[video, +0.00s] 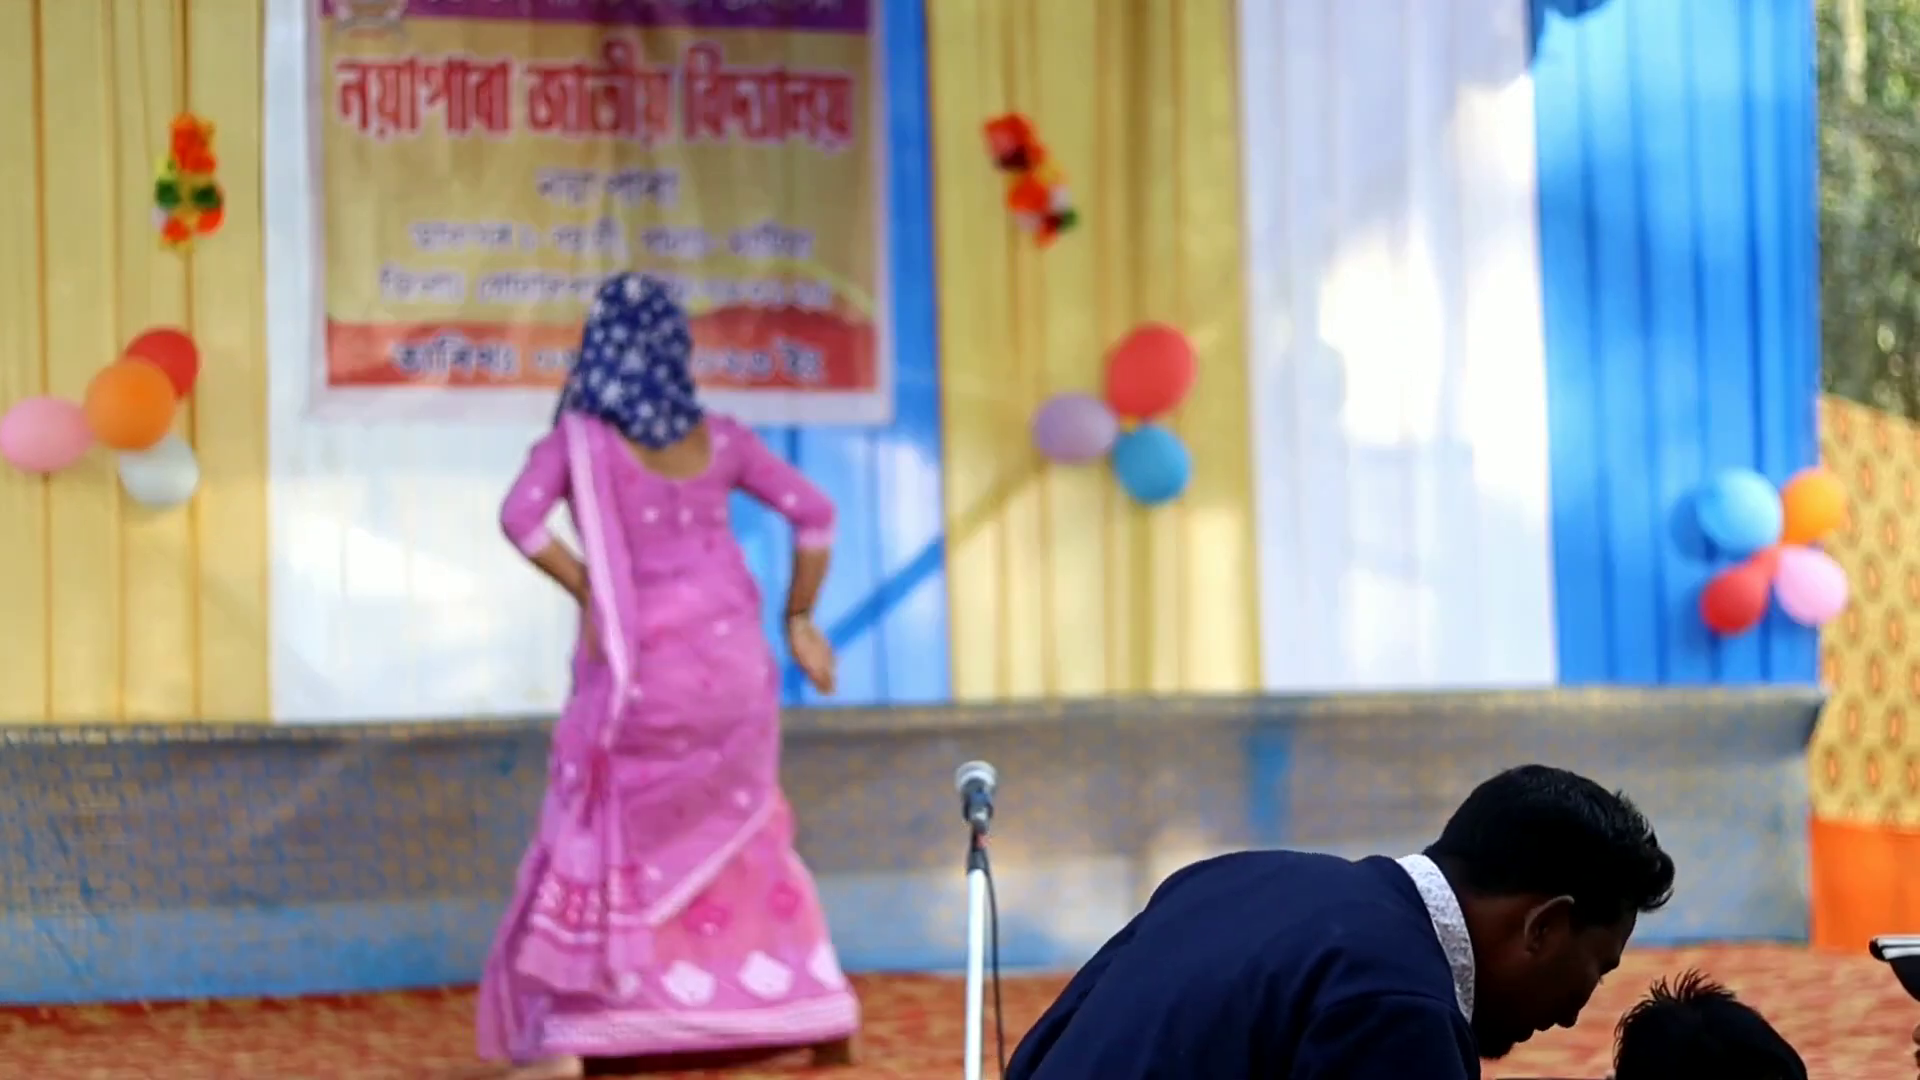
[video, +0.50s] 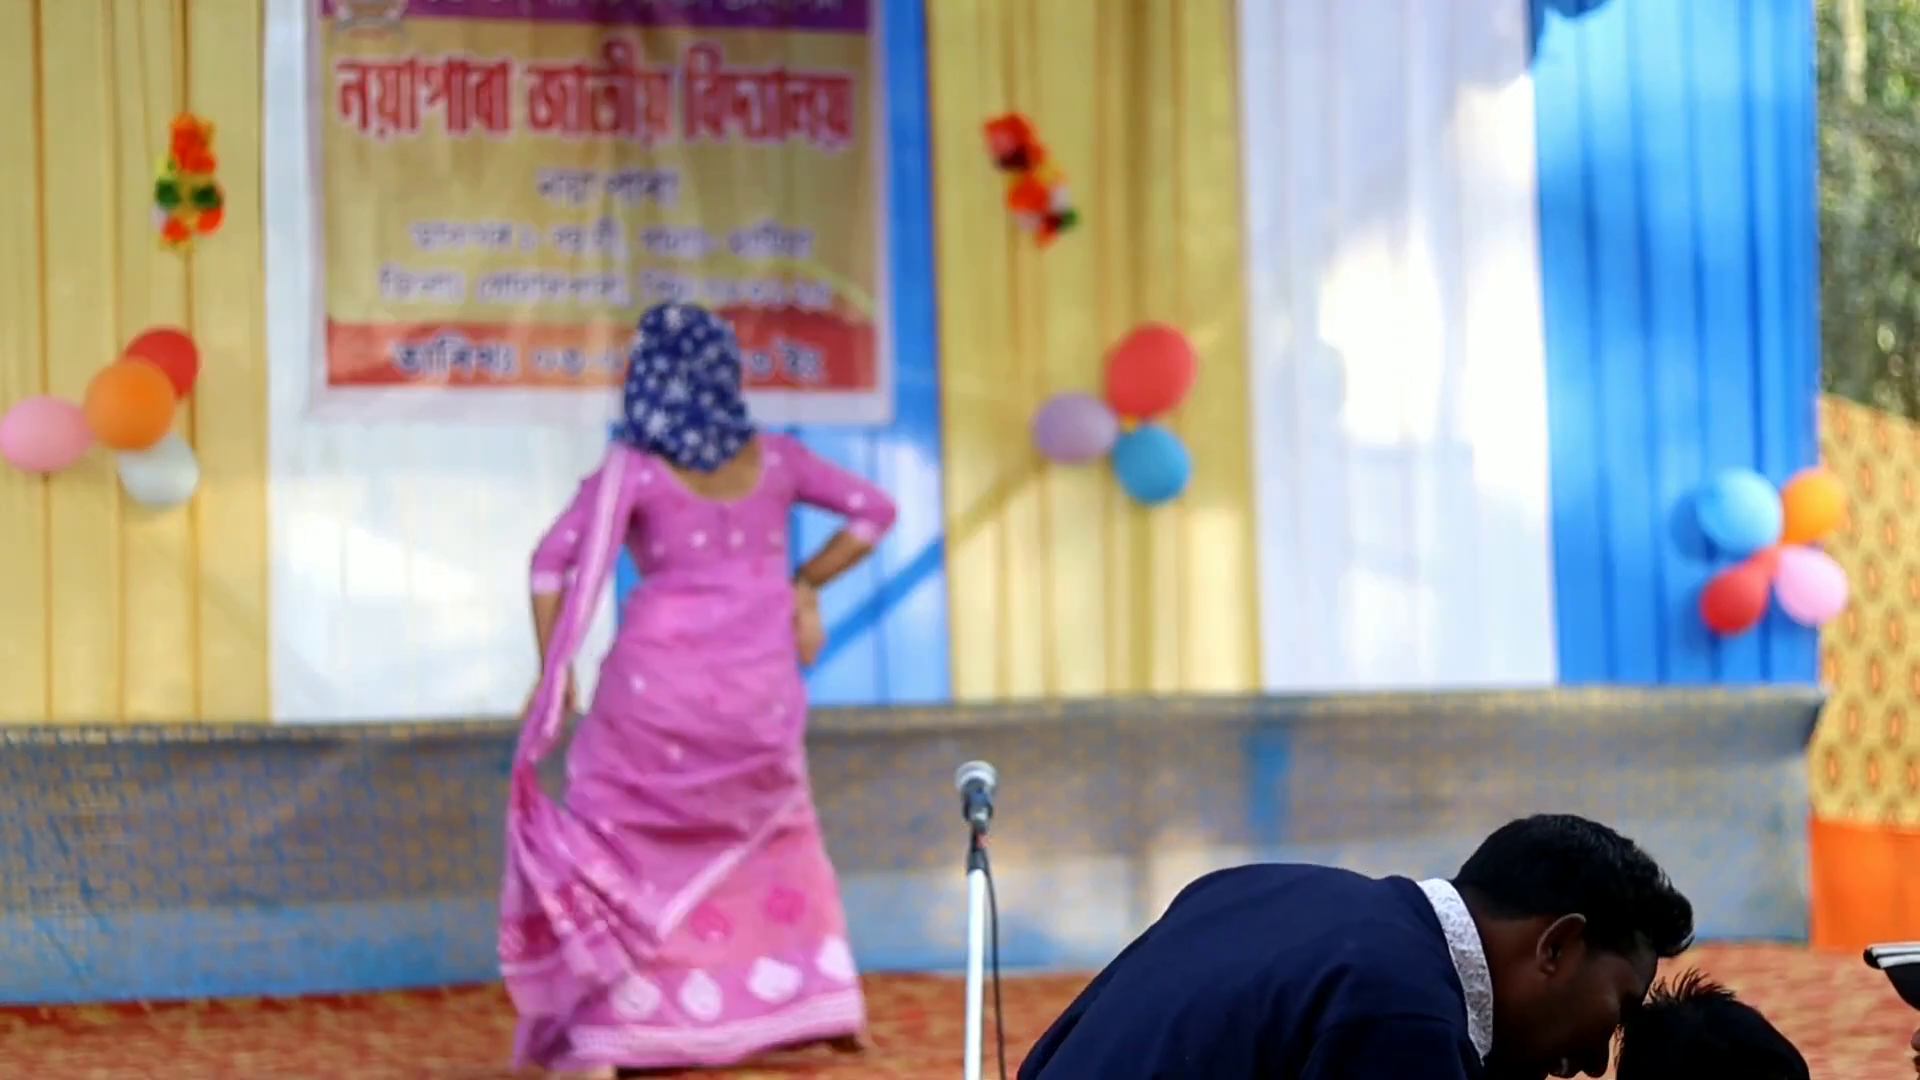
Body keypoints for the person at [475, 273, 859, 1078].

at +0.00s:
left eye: (595, 345)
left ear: (598, 351)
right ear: (680, 351)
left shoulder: (579, 438)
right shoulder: (717, 435)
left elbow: (520, 520)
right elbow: (814, 513)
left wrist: (587, 592)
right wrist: (799, 615)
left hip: (639, 672)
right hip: (737, 667)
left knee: (589, 832)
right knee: (759, 825)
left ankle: (564, 1033)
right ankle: (826, 1008)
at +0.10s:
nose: (610, 367)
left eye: (612, 353)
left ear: (617, 361)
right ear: (699, 360)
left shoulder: (599, 450)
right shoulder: (738, 452)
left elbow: (547, 534)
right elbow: (829, 541)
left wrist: (642, 597)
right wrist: (849, 642)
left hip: (668, 682)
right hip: (768, 676)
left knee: (606, 836)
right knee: (779, 839)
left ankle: (570, 1034)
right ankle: (809, 1018)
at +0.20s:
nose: (627, 363)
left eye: (627, 349)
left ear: (627, 358)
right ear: (708, 354)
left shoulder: (613, 451)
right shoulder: (754, 441)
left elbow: (564, 550)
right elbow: (850, 515)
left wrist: (630, 640)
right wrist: (831, 619)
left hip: (654, 674)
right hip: (757, 673)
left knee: (612, 839)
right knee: (764, 835)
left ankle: (596, 1032)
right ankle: (780, 1021)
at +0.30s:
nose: (623, 376)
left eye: (624, 362)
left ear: (629, 369)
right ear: (709, 363)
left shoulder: (617, 460)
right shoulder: (757, 449)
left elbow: (556, 568)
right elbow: (857, 505)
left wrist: (590, 667)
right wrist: (801, 585)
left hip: (647, 678)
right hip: (741, 680)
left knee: (620, 846)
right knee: (749, 845)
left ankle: (599, 1037)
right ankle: (775, 1025)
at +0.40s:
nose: (625, 397)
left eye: (629, 383)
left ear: (634, 392)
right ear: (716, 386)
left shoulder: (621, 483)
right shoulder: (763, 470)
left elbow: (542, 581)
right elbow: (865, 520)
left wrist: (544, 698)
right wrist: (793, 582)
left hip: (637, 690)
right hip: (741, 693)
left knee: (601, 839)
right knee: (756, 839)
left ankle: (605, 1033)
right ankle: (805, 1011)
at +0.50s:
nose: (637, 381)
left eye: (643, 368)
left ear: (646, 378)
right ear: (729, 373)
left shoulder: (633, 468)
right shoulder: (776, 457)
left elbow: (551, 565)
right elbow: (875, 513)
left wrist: (557, 678)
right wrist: (807, 583)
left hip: (658, 686)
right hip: (760, 687)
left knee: (601, 835)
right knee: (785, 829)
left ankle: (601, 1025)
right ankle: (819, 1003)